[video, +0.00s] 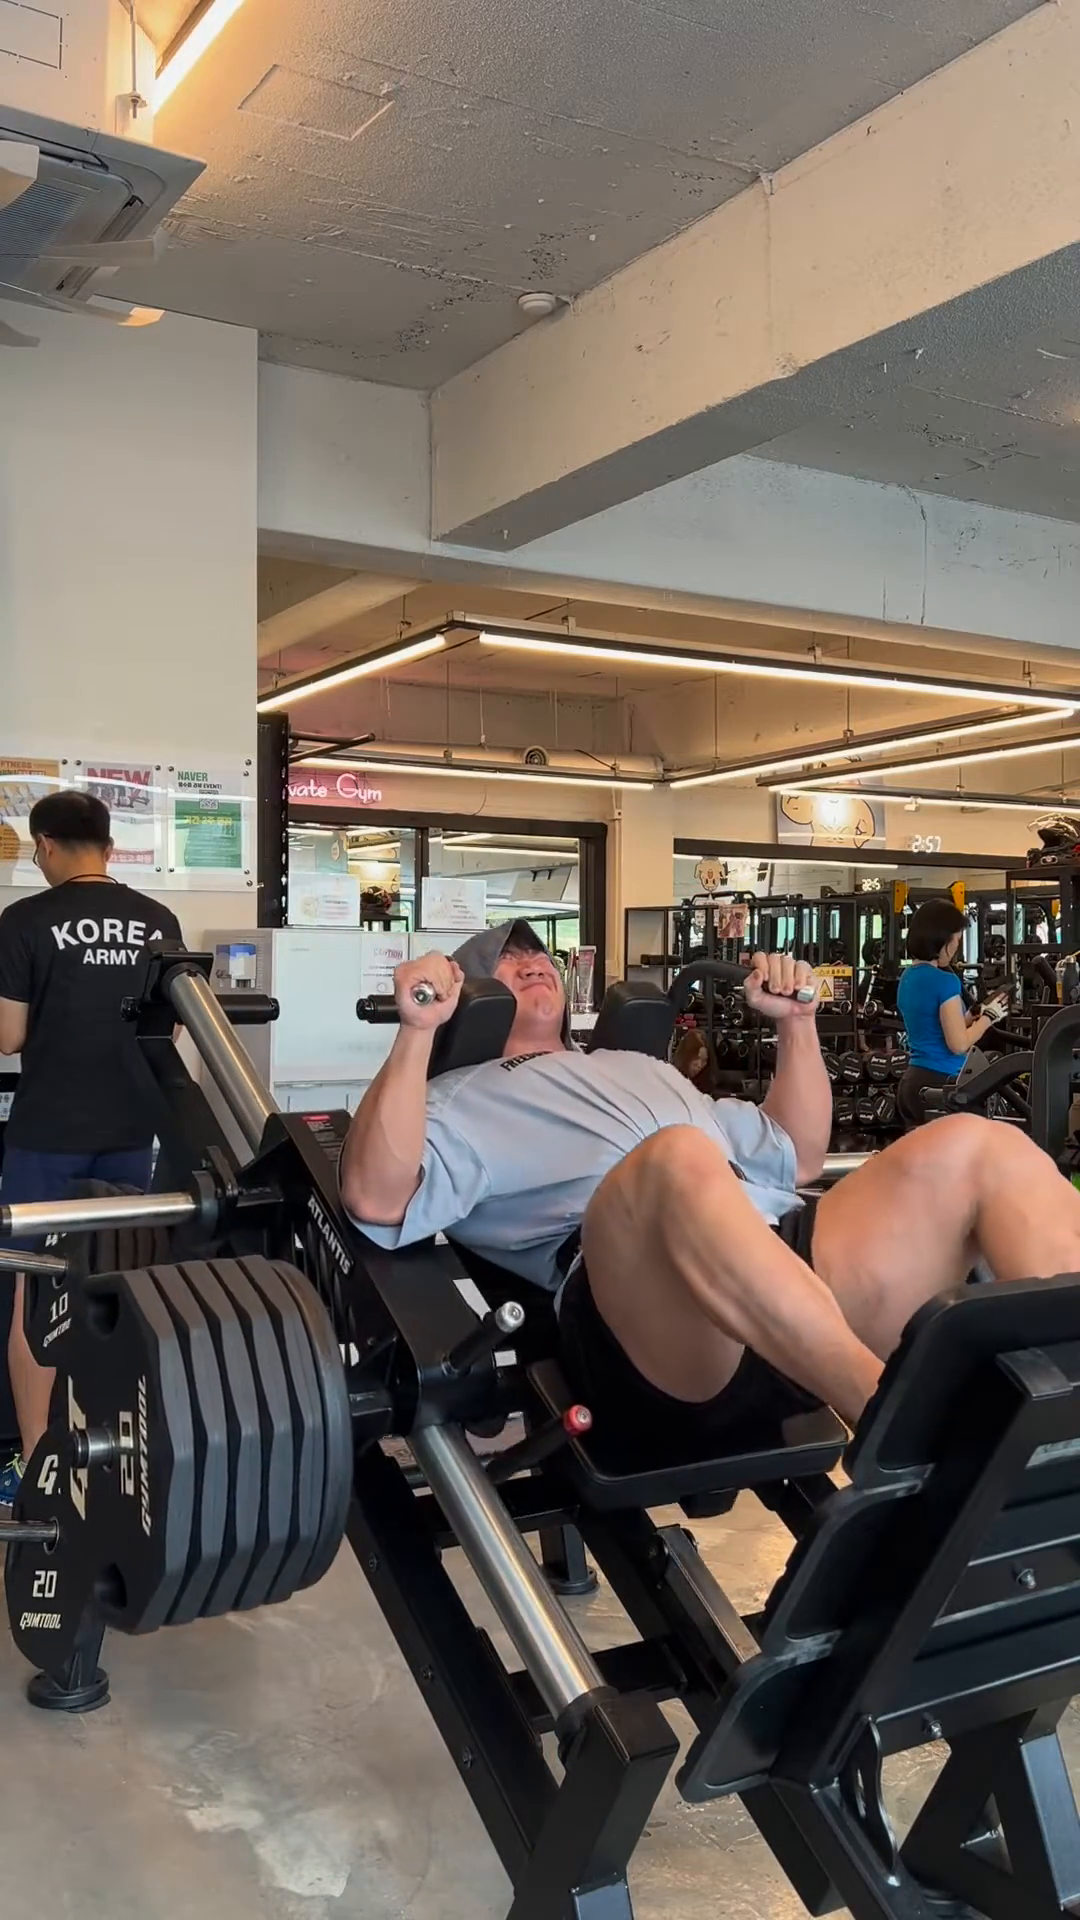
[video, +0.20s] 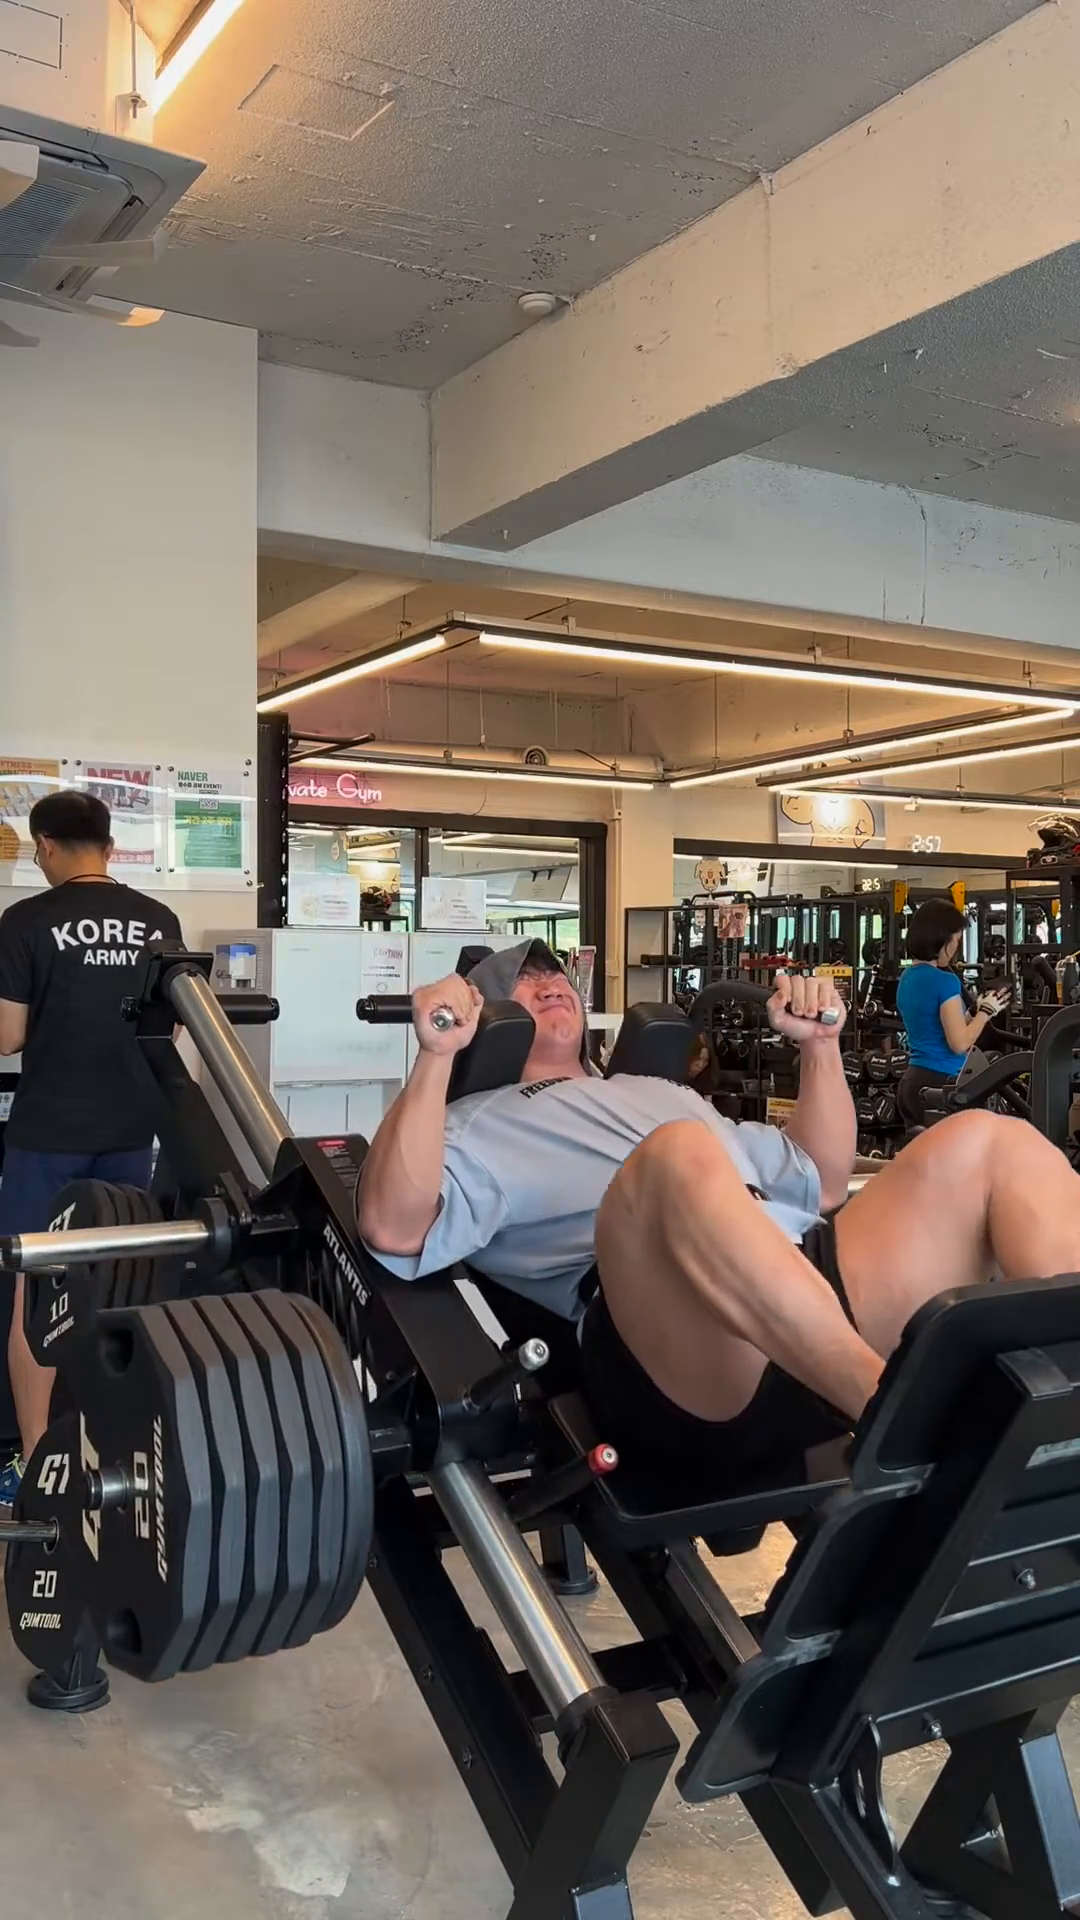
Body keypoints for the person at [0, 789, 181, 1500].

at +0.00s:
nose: (38, 860)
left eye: (36, 850)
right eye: (40, 851)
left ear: (45, 848)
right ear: (109, 847)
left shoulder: (27, 919)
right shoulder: (159, 919)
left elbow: (9, 1036)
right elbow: (178, 1030)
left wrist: (62, 1030)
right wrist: (118, 1031)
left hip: (50, 1130)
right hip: (137, 1130)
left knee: (31, 1296)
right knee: (123, 1290)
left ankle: (41, 1463)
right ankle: (127, 1453)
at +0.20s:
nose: (38, 861)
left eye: (36, 851)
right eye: (40, 852)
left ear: (45, 849)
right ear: (109, 847)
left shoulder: (27, 920)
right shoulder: (160, 918)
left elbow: (10, 1035)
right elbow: (177, 1027)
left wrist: (58, 1028)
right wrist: (114, 1028)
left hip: (50, 1130)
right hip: (137, 1129)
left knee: (30, 1296)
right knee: (122, 1287)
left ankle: (41, 1463)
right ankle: (125, 1450)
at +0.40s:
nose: (40, 861)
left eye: (38, 852)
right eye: (42, 852)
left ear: (45, 849)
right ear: (110, 848)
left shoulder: (27, 920)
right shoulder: (160, 919)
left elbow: (10, 1034)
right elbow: (178, 1028)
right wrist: (117, 1030)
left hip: (50, 1131)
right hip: (136, 1131)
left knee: (30, 1298)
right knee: (124, 1295)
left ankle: (40, 1462)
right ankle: (125, 1454)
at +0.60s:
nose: (41, 861)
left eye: (39, 852)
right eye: (43, 852)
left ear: (46, 849)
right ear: (112, 847)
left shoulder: (29, 920)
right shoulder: (161, 920)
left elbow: (11, 1035)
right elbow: (179, 1029)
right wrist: (117, 1032)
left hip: (50, 1130)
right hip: (136, 1130)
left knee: (31, 1294)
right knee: (121, 1288)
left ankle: (38, 1459)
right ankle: (121, 1450)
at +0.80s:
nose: (44, 861)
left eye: (41, 852)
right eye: (47, 852)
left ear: (47, 849)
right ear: (113, 847)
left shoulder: (31, 920)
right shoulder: (162, 920)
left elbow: (11, 1034)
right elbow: (179, 1030)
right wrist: (118, 1034)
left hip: (50, 1130)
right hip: (137, 1131)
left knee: (30, 1294)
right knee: (119, 1283)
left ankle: (38, 1458)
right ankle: (120, 1442)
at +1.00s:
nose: (45, 861)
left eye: (43, 851)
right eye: (48, 851)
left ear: (49, 849)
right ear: (114, 847)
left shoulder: (33, 919)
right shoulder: (162, 920)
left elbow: (12, 1037)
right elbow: (182, 1030)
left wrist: (61, 1027)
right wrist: (120, 1026)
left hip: (51, 1131)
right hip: (137, 1132)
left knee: (30, 1297)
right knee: (121, 1287)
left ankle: (39, 1461)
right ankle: (121, 1449)